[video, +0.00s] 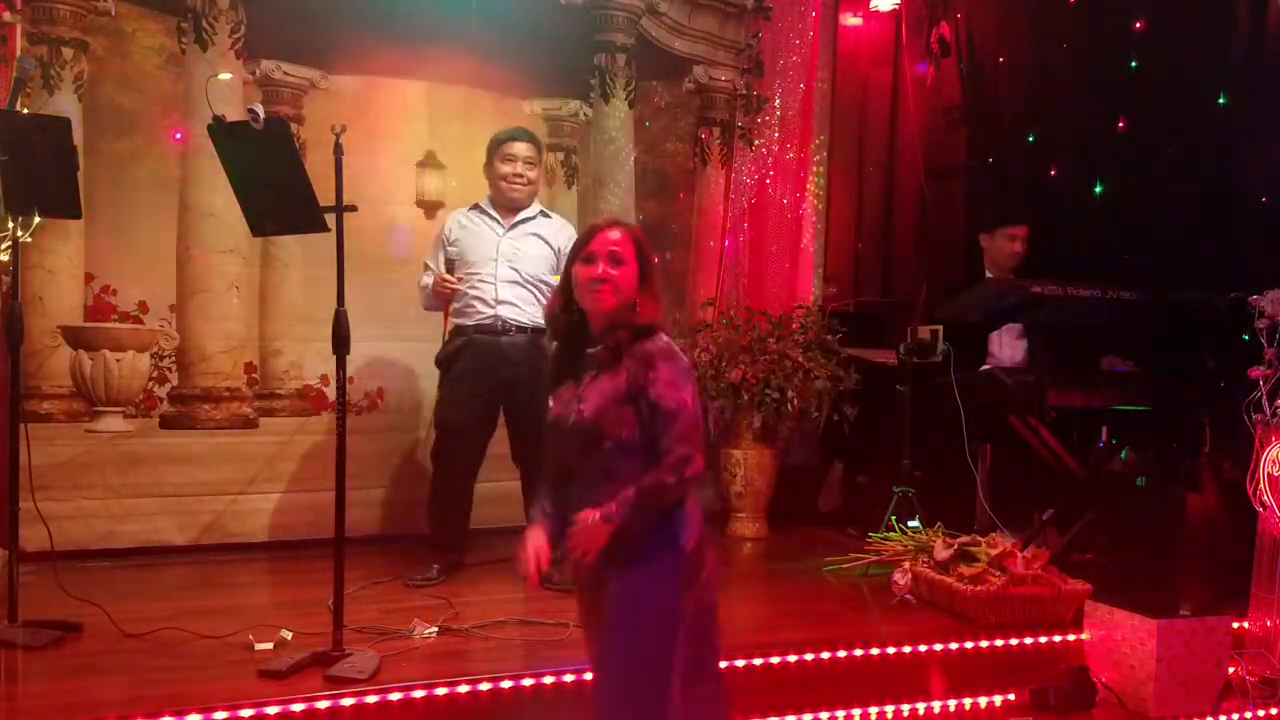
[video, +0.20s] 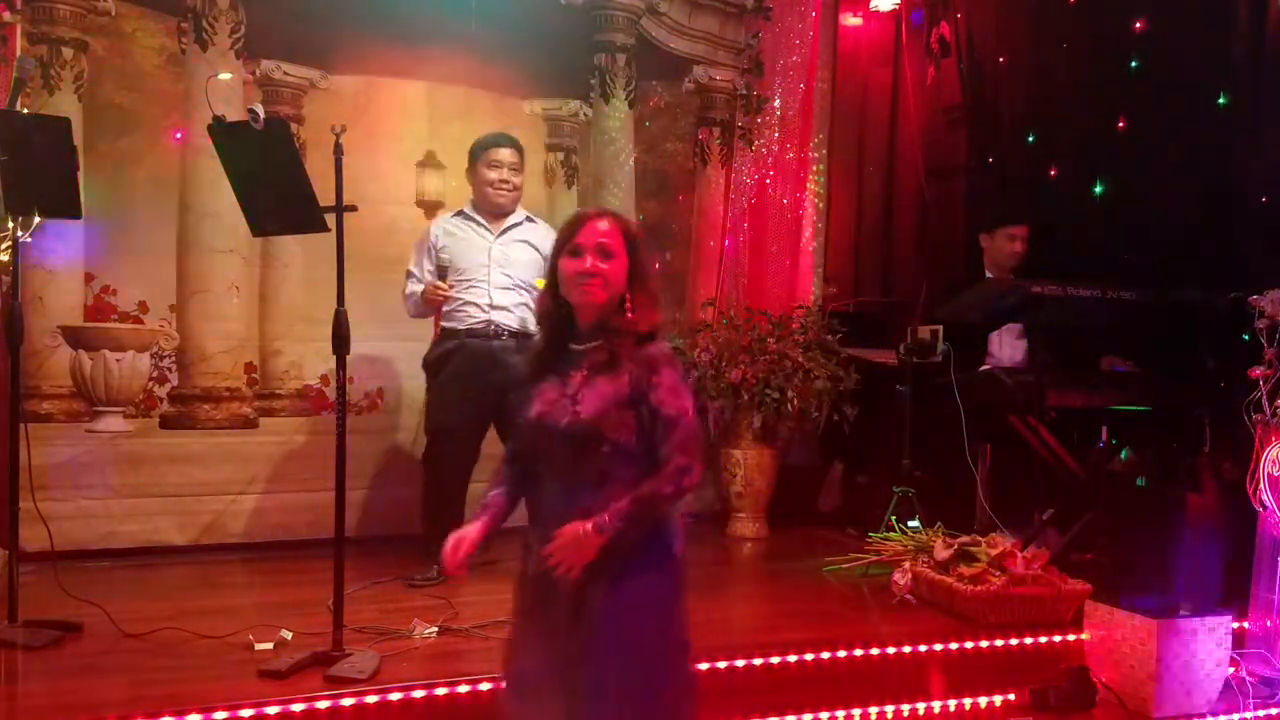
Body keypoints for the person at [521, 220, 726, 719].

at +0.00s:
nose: (599, 271)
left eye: (616, 261)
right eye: (588, 259)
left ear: (641, 281)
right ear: (571, 278)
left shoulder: (655, 356)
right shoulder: (573, 362)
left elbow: (684, 465)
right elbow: (557, 463)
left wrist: (609, 516)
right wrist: (541, 522)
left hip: (654, 554)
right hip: (601, 553)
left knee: (640, 696)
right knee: (616, 695)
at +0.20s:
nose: (588, 265)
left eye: (605, 254)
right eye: (575, 253)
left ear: (630, 274)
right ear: (556, 272)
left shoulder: (650, 359)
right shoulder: (547, 362)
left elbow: (684, 466)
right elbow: (520, 461)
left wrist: (599, 530)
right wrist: (482, 522)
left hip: (630, 572)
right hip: (550, 568)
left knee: (624, 702)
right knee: (539, 698)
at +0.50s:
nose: (520, 260)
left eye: (539, 245)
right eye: (508, 247)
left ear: (575, 269)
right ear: (494, 267)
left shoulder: (605, 376)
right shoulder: (475, 372)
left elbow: (621, 498)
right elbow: (455, 486)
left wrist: (551, 587)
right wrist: (435, 576)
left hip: (571, 582)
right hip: (472, 580)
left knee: (573, 709)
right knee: (455, 708)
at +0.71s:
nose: (450, 245)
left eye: (471, 230)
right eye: (439, 232)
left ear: (510, 252)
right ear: (425, 252)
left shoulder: (549, 370)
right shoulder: (413, 361)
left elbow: (573, 508)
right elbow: (380, 481)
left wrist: (566, 626)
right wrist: (346, 589)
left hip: (499, 592)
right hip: (403, 586)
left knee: (482, 705)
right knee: (389, 705)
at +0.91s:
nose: (384, 229)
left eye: (408, 213)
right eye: (373, 216)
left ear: (453, 236)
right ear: (361, 235)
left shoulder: (498, 366)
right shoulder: (342, 352)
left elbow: (538, 512)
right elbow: (294, 479)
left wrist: (541, 635)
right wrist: (232, 586)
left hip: (443, 606)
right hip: (344, 602)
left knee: (423, 712)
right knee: (327, 711)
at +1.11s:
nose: (319, 234)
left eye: (347, 216)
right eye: (302, 215)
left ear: (387, 242)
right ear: (279, 239)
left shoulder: (426, 375)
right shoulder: (257, 366)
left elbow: (465, 536)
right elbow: (204, 501)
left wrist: (468, 679)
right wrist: (141, 615)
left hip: (372, 633)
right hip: (260, 629)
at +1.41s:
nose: (148, 190)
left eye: (180, 170)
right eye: (127, 168)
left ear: (231, 197)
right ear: (102, 194)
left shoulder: (272, 363)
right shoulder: (88, 353)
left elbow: (275, 544)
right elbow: (60, 514)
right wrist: (24, 629)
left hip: (214, 675)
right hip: (83, 666)